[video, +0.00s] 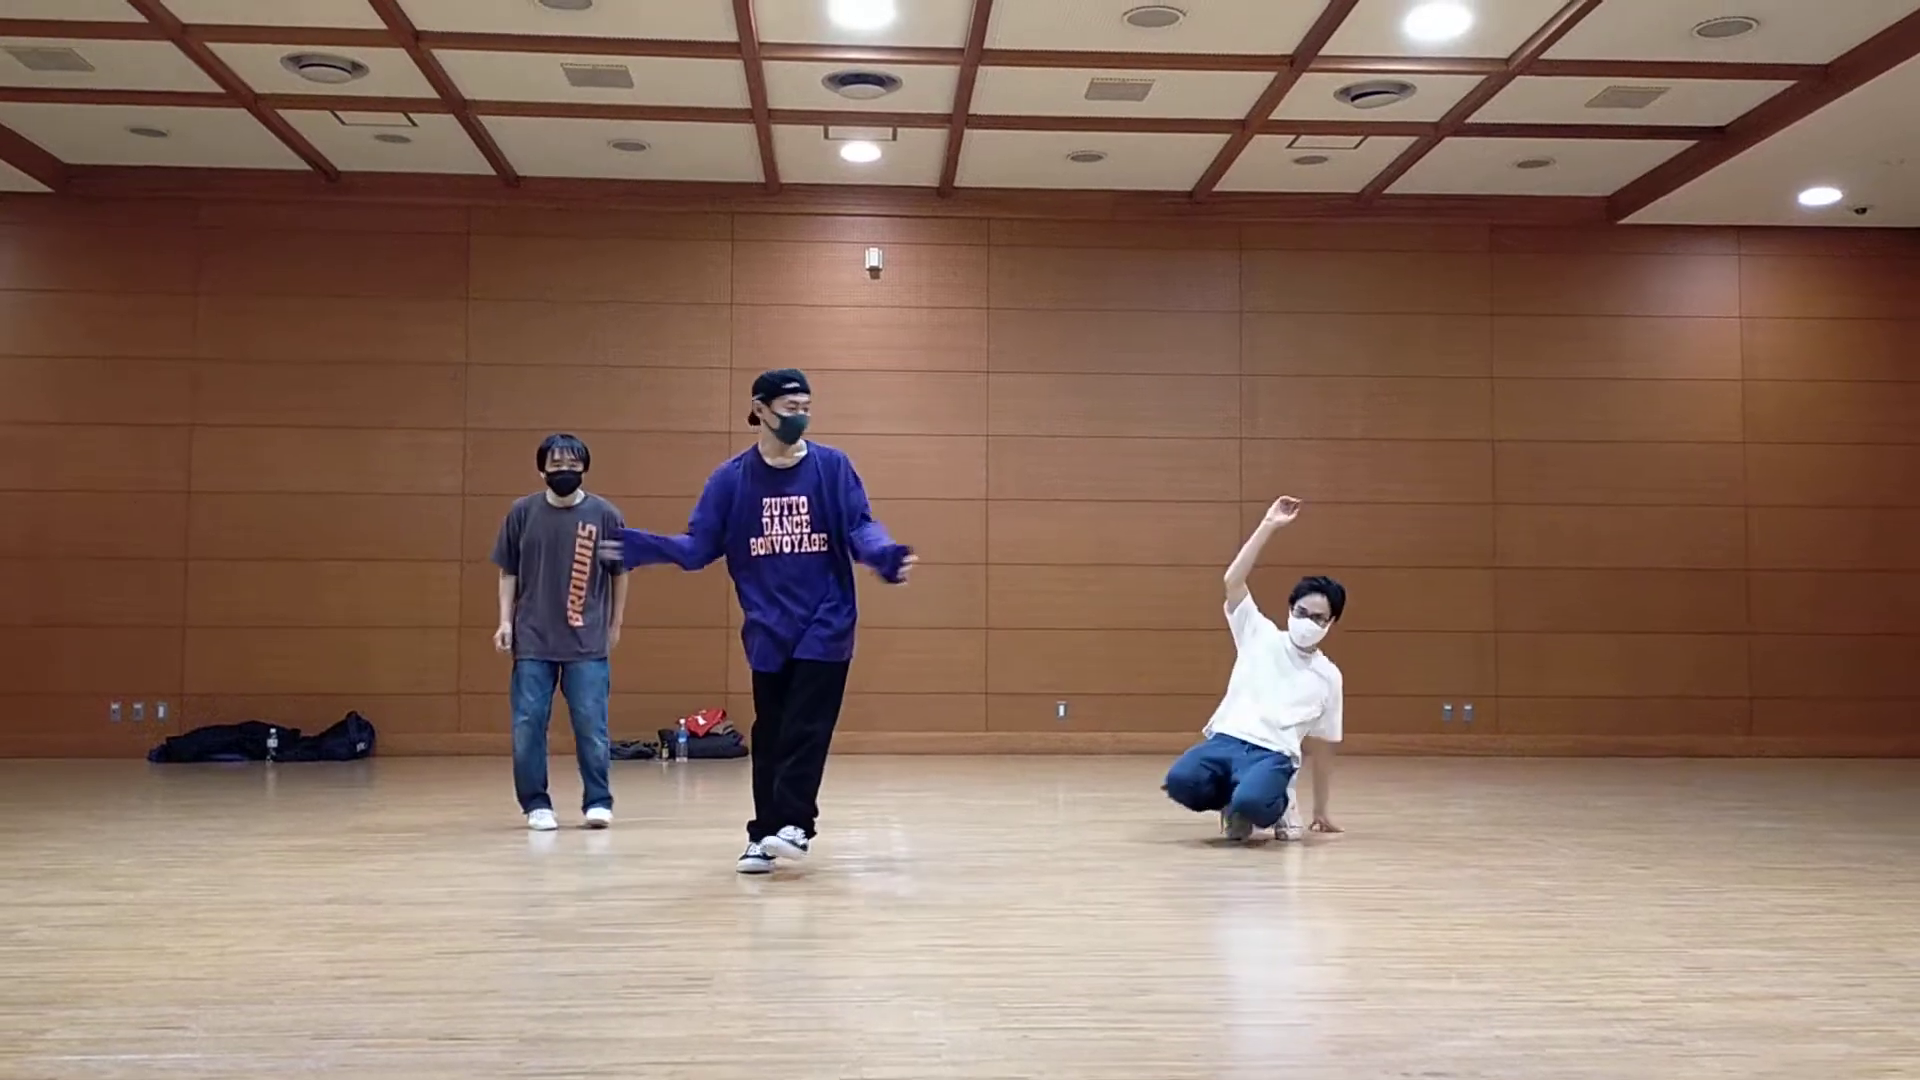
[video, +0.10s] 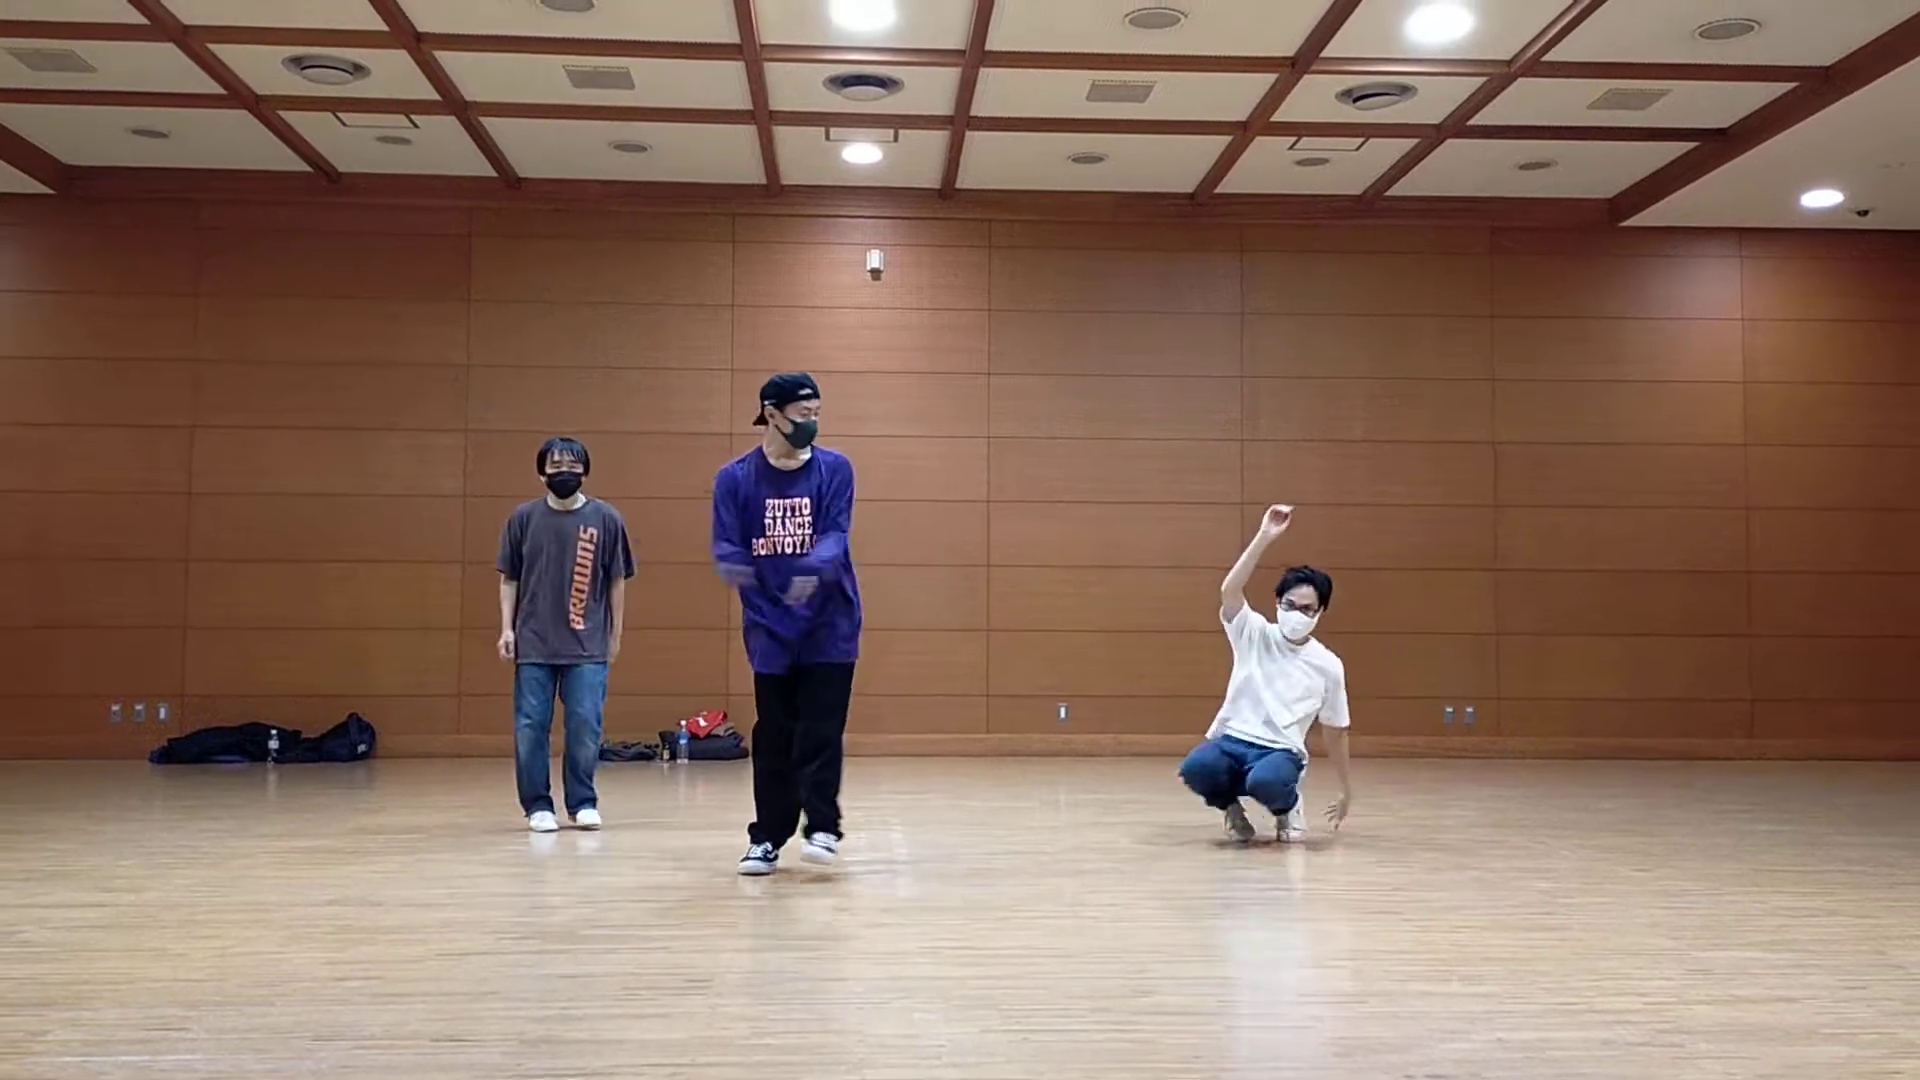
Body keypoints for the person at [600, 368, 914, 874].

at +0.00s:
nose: (801, 410)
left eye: (805, 403)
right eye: (790, 403)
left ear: (810, 410)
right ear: (760, 411)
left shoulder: (832, 467)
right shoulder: (731, 479)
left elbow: (859, 527)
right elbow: (698, 548)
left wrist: (884, 554)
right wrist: (639, 545)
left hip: (826, 619)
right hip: (768, 623)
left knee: (806, 723)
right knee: (772, 729)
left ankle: (795, 825)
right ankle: (763, 835)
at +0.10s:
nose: (812, 414)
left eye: (815, 407)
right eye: (801, 407)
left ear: (817, 413)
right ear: (770, 414)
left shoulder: (833, 468)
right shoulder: (735, 478)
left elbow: (836, 535)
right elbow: (728, 554)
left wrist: (811, 571)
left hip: (829, 621)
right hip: (770, 622)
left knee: (822, 727)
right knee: (774, 729)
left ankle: (822, 827)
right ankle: (767, 837)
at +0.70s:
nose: (903, 439)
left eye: (911, 433)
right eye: (894, 431)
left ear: (919, 443)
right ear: (871, 437)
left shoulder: (936, 510)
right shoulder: (830, 497)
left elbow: (973, 564)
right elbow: (768, 546)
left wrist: (1025, 587)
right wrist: (701, 563)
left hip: (902, 665)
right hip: (839, 661)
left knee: (899, 770)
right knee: (829, 764)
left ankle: (900, 866)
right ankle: (826, 860)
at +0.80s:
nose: (899, 434)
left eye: (909, 430)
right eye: (890, 427)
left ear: (920, 443)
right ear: (871, 436)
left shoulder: (940, 508)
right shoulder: (836, 495)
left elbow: (974, 565)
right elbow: (781, 544)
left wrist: (1029, 577)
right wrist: (720, 549)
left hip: (906, 662)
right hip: (844, 659)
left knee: (900, 764)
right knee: (843, 760)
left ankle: (901, 867)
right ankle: (847, 860)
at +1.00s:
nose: (894, 437)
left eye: (904, 431)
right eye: (885, 430)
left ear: (917, 444)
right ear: (868, 440)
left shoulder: (939, 508)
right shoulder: (838, 500)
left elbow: (946, 573)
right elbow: (821, 567)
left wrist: (942, 606)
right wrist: (819, 591)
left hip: (912, 663)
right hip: (851, 659)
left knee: (907, 766)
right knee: (854, 764)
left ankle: (904, 865)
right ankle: (858, 864)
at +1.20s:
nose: (890, 433)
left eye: (900, 428)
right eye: (880, 427)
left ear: (914, 442)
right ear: (865, 440)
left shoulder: (938, 508)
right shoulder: (838, 502)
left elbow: (942, 584)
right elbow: (823, 576)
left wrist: (912, 644)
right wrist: (853, 636)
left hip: (911, 666)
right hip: (850, 663)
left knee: (907, 770)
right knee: (853, 768)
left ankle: (904, 868)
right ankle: (858, 866)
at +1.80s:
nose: (885, 416)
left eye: (895, 409)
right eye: (875, 410)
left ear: (912, 425)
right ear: (860, 426)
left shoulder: (944, 481)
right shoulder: (831, 481)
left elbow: (996, 514)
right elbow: (763, 506)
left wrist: (1004, 553)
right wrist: (769, 534)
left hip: (919, 645)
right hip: (854, 647)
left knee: (915, 748)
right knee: (861, 752)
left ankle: (895, 847)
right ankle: (863, 857)